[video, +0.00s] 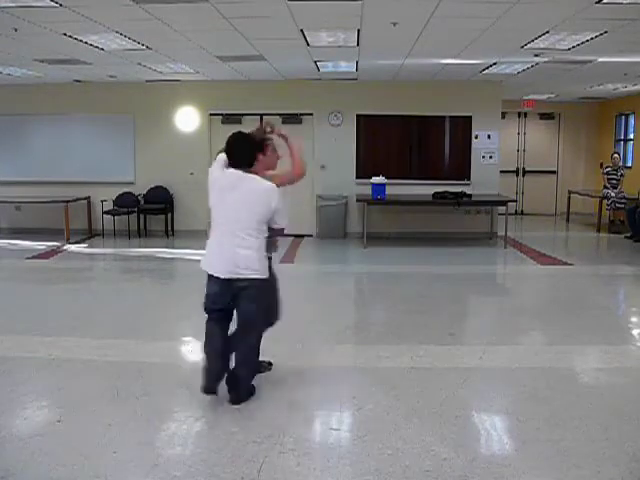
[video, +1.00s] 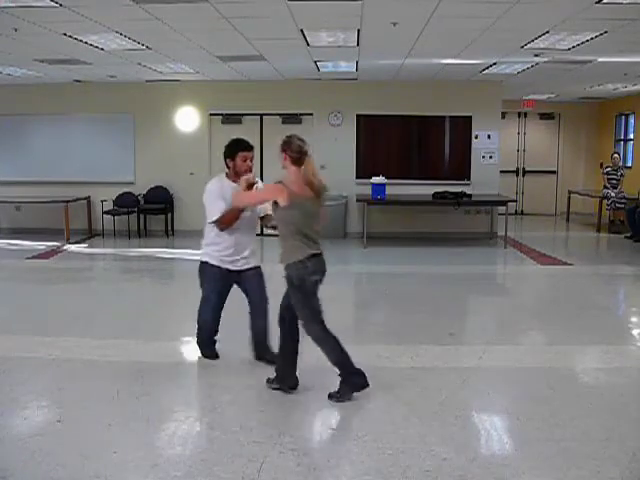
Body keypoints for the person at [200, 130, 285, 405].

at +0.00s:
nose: (267, 157)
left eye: (267, 152)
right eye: (263, 153)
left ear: (230, 157)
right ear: (255, 159)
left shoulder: (217, 178)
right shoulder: (268, 190)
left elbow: (226, 154)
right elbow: (278, 230)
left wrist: (253, 136)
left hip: (217, 267)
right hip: (253, 271)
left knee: (216, 318)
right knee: (250, 329)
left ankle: (212, 377)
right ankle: (239, 389)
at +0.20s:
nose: (242, 159)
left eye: (241, 155)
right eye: (239, 155)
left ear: (216, 159)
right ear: (226, 159)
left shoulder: (203, 180)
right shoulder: (237, 189)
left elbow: (233, 158)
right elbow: (251, 230)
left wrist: (253, 135)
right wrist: (250, 254)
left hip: (204, 266)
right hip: (229, 269)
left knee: (210, 317)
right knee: (237, 327)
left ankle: (195, 363)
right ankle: (238, 388)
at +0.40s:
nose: (228, 158)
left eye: (229, 153)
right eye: (223, 154)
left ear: (219, 157)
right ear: (207, 159)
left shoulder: (210, 179)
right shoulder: (209, 185)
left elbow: (229, 195)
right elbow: (207, 225)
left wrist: (245, 179)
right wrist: (233, 252)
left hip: (203, 263)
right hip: (206, 265)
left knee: (206, 316)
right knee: (215, 320)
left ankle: (194, 362)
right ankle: (205, 379)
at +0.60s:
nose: (224, 161)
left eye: (225, 156)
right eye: (218, 157)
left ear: (226, 158)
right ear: (202, 161)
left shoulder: (228, 187)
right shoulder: (193, 188)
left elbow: (233, 217)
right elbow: (201, 225)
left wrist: (251, 216)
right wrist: (236, 227)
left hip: (217, 264)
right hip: (192, 263)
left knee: (211, 316)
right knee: (191, 311)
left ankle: (196, 362)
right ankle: (170, 349)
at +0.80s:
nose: (232, 164)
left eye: (233, 159)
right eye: (226, 159)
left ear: (235, 160)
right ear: (211, 162)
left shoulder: (238, 187)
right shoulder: (199, 187)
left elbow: (248, 219)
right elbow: (207, 222)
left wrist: (258, 216)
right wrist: (237, 215)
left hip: (226, 262)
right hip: (198, 262)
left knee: (227, 305)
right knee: (199, 311)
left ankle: (203, 354)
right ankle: (207, 348)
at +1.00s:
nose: (250, 165)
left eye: (251, 160)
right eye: (244, 160)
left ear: (254, 161)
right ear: (229, 162)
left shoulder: (256, 186)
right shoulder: (215, 187)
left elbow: (265, 219)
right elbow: (223, 223)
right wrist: (243, 194)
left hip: (246, 261)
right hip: (216, 261)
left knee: (259, 302)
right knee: (212, 304)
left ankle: (261, 348)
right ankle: (206, 344)